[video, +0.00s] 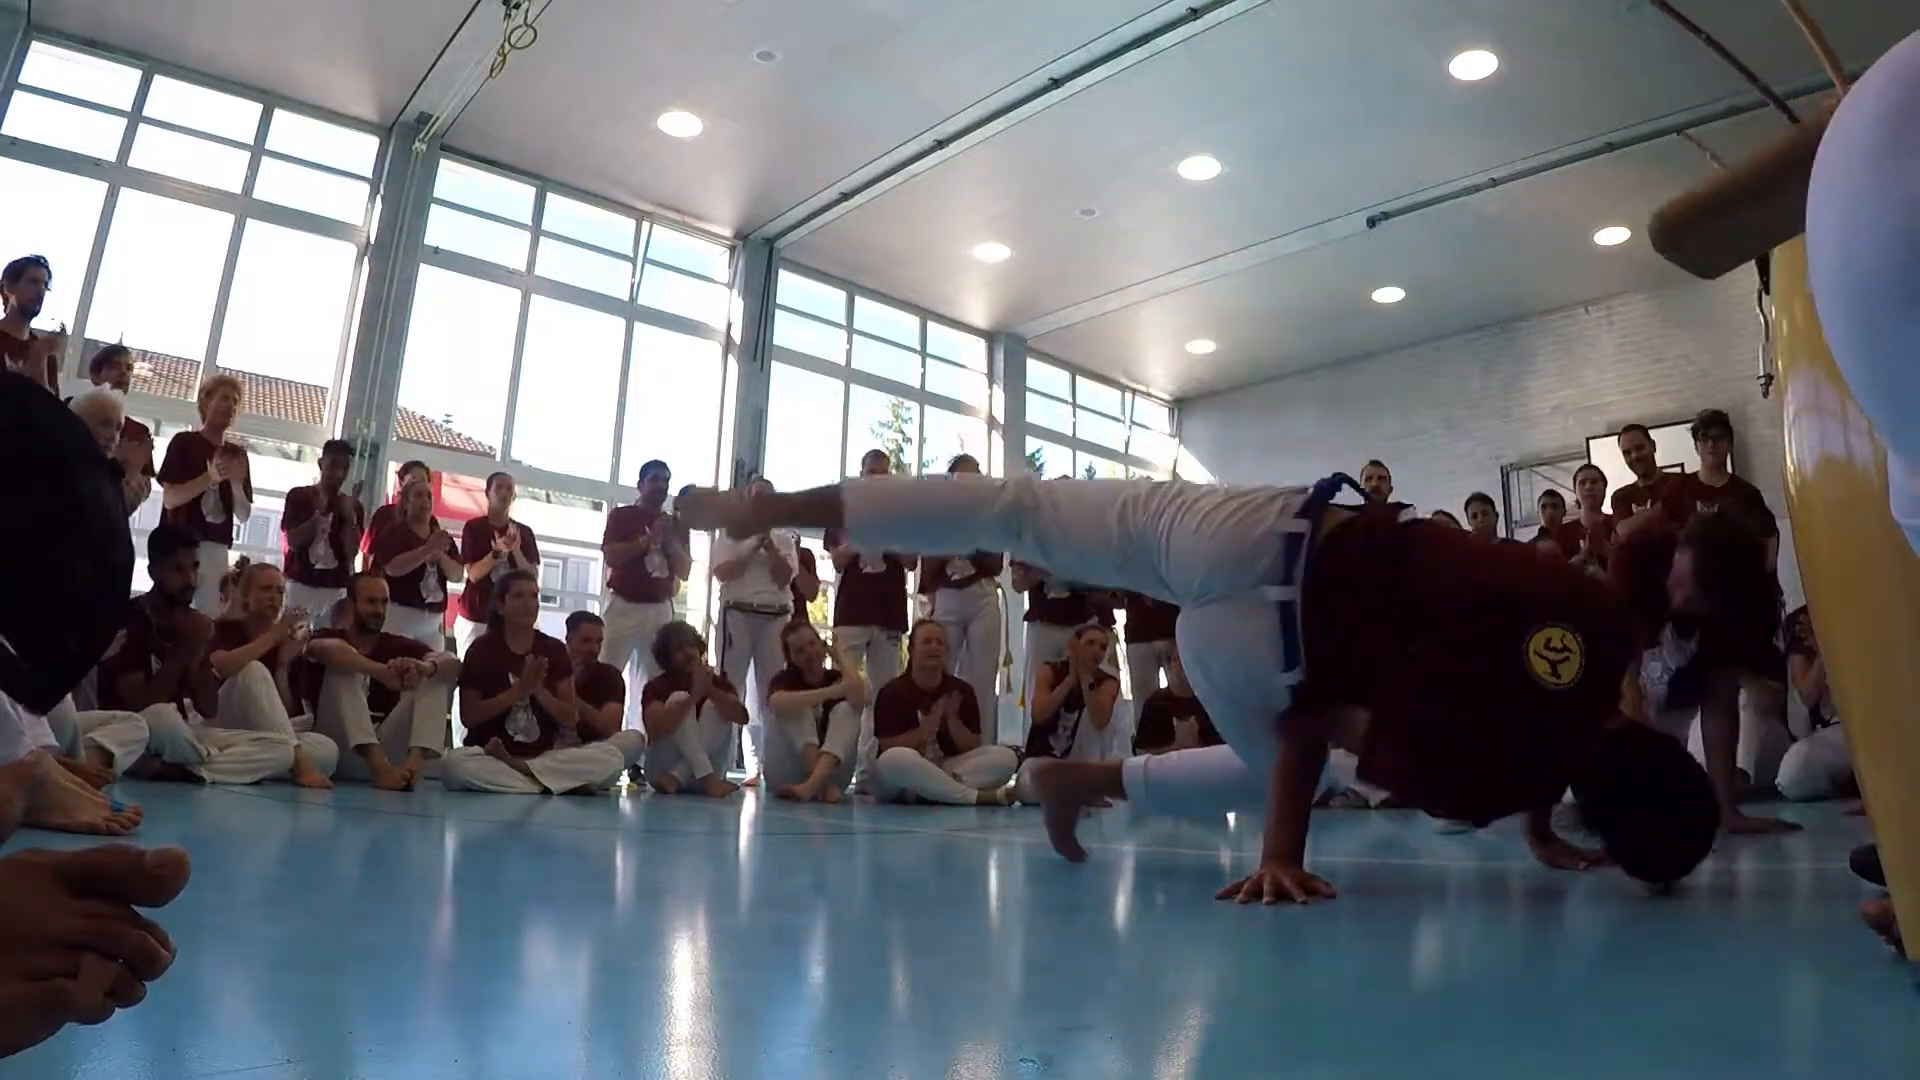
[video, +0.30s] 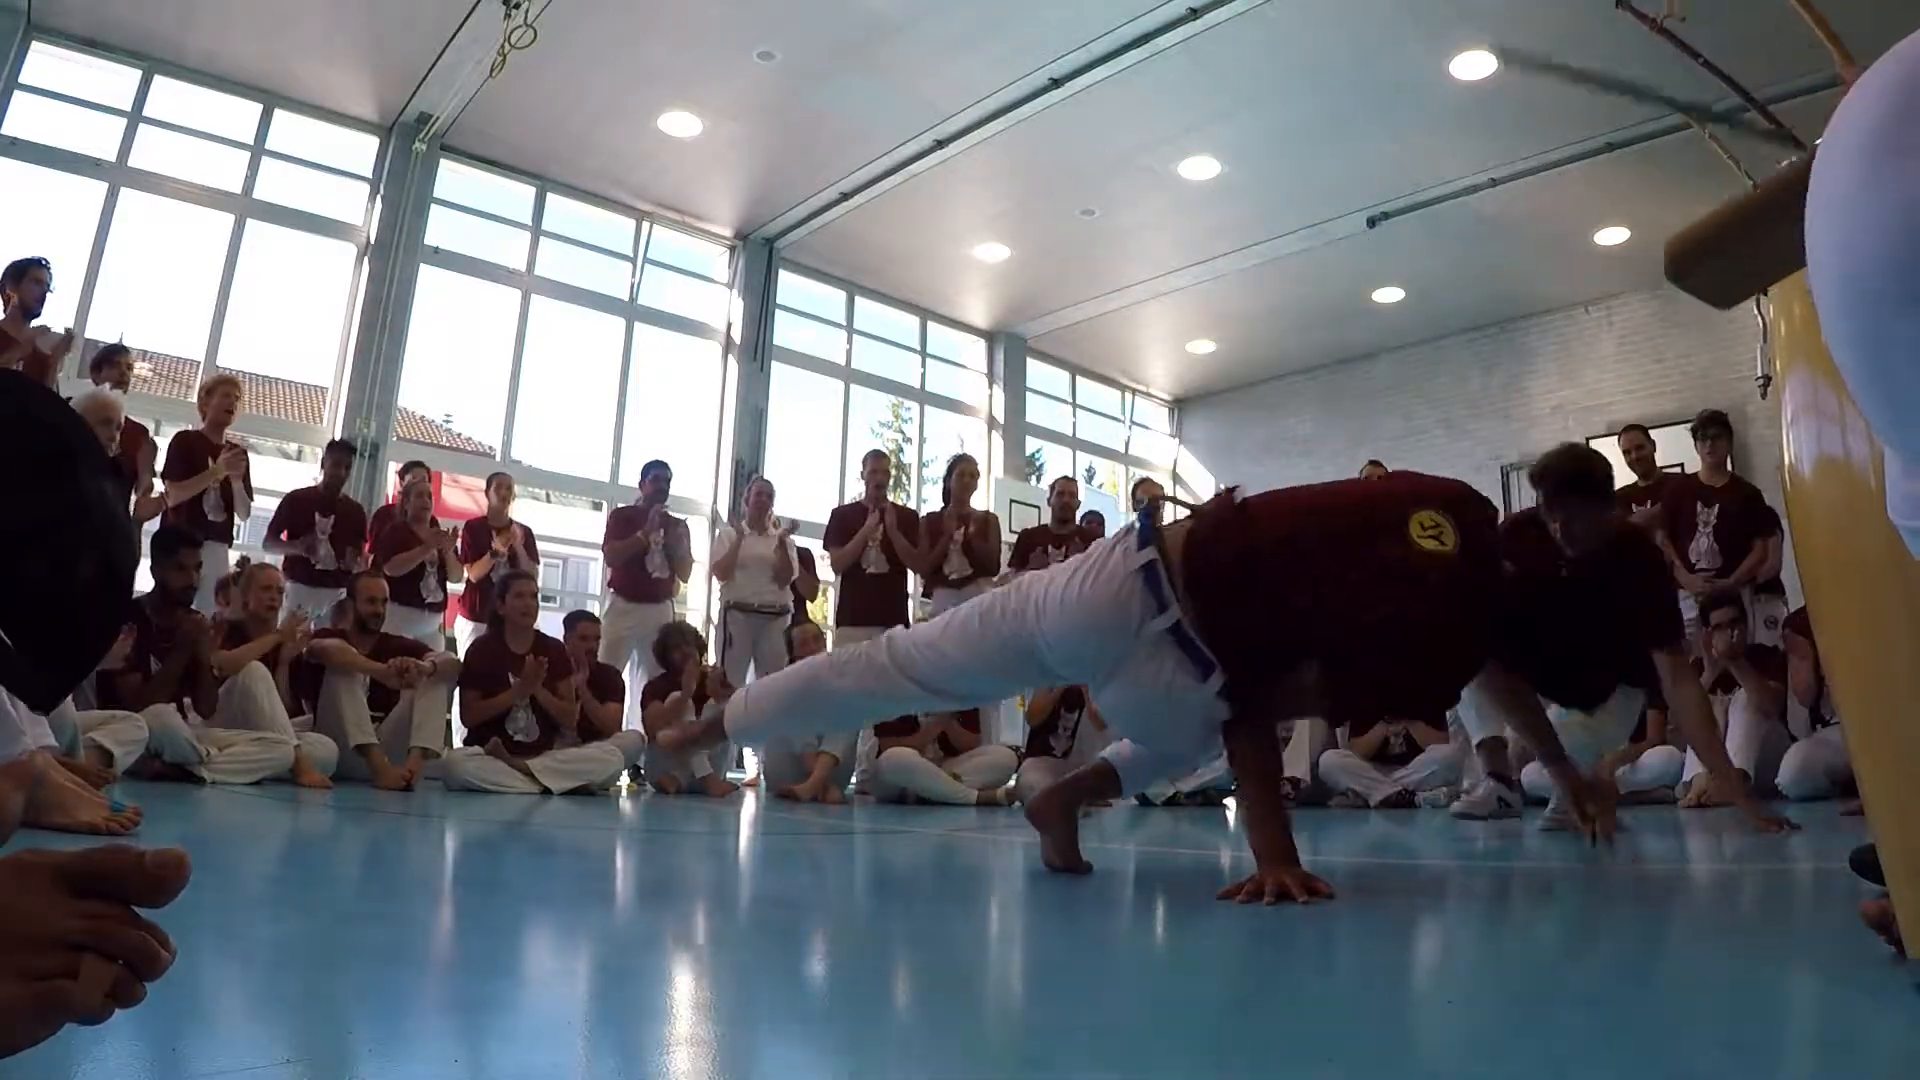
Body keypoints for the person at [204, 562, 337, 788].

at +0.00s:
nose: (274, 597)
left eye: (279, 591)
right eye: (265, 589)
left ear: (284, 597)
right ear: (245, 594)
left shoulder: (285, 641)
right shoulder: (224, 628)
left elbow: (290, 712)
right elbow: (220, 666)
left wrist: (283, 665)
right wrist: (273, 637)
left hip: (271, 733)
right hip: (223, 725)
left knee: (327, 751)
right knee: (253, 671)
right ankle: (299, 762)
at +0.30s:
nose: (274, 597)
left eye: (279, 591)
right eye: (266, 589)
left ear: (284, 598)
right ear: (246, 595)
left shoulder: (285, 642)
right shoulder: (226, 629)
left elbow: (288, 712)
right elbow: (221, 666)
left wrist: (284, 663)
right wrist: (279, 637)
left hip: (270, 733)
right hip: (223, 727)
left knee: (326, 751)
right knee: (253, 671)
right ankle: (298, 762)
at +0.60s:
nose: (274, 597)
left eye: (279, 591)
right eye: (265, 589)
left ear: (284, 597)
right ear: (245, 595)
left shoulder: (290, 645)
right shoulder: (224, 630)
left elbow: (291, 710)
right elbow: (220, 666)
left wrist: (279, 662)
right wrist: (278, 637)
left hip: (273, 733)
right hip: (224, 726)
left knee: (326, 752)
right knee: (254, 671)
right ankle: (299, 762)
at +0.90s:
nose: (273, 597)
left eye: (278, 591)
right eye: (264, 589)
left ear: (283, 597)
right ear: (244, 593)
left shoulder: (290, 646)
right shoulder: (225, 630)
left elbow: (291, 707)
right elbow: (221, 666)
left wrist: (277, 663)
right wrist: (276, 638)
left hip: (271, 732)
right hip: (224, 724)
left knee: (327, 752)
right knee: (254, 672)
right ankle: (299, 763)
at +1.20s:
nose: (273, 597)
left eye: (278, 591)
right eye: (264, 589)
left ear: (283, 596)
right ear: (245, 593)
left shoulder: (290, 646)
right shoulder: (224, 630)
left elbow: (292, 708)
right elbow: (221, 665)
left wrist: (277, 667)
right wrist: (279, 637)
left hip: (271, 733)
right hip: (223, 724)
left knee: (326, 751)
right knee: (253, 672)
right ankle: (299, 763)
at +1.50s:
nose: (273, 597)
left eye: (278, 591)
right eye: (264, 590)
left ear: (283, 596)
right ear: (245, 594)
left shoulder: (288, 643)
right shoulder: (229, 629)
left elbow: (292, 712)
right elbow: (220, 666)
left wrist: (278, 664)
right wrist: (279, 639)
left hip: (271, 732)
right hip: (223, 725)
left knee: (326, 752)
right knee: (253, 672)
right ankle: (299, 763)